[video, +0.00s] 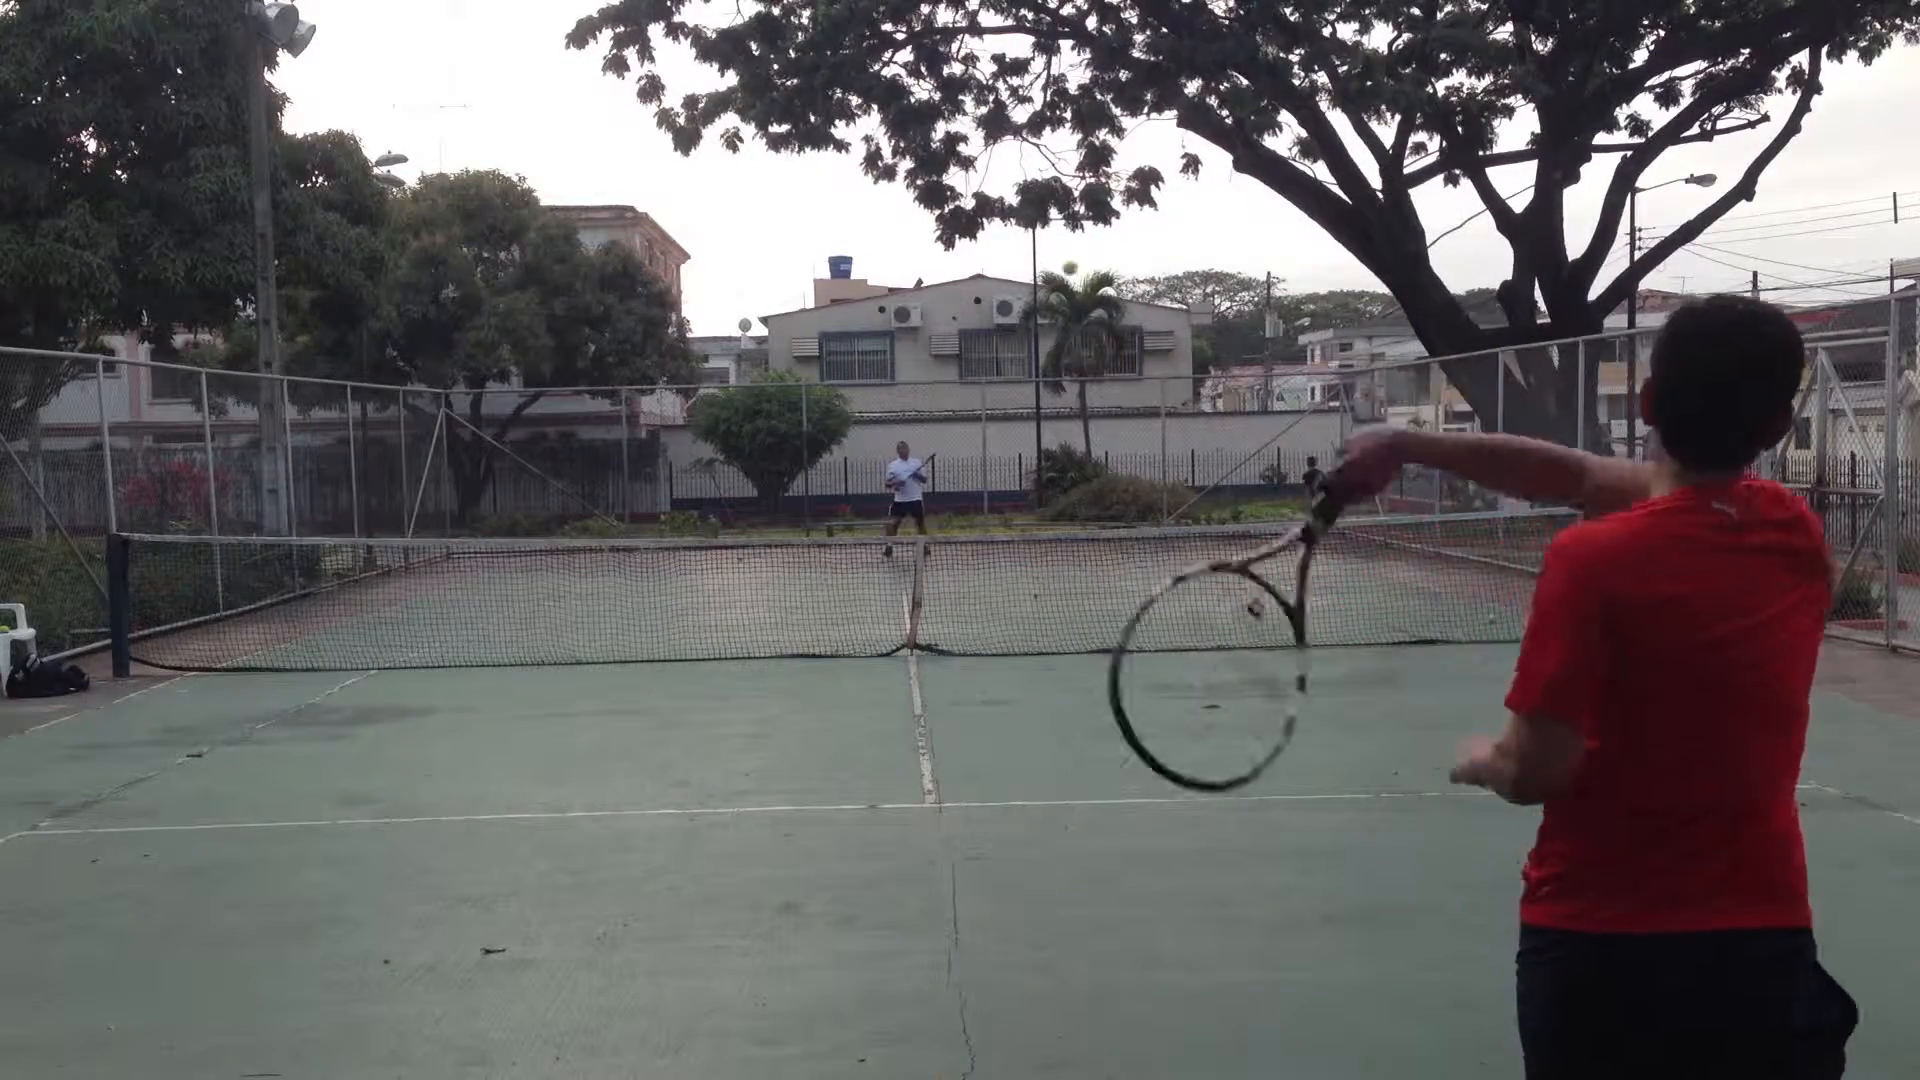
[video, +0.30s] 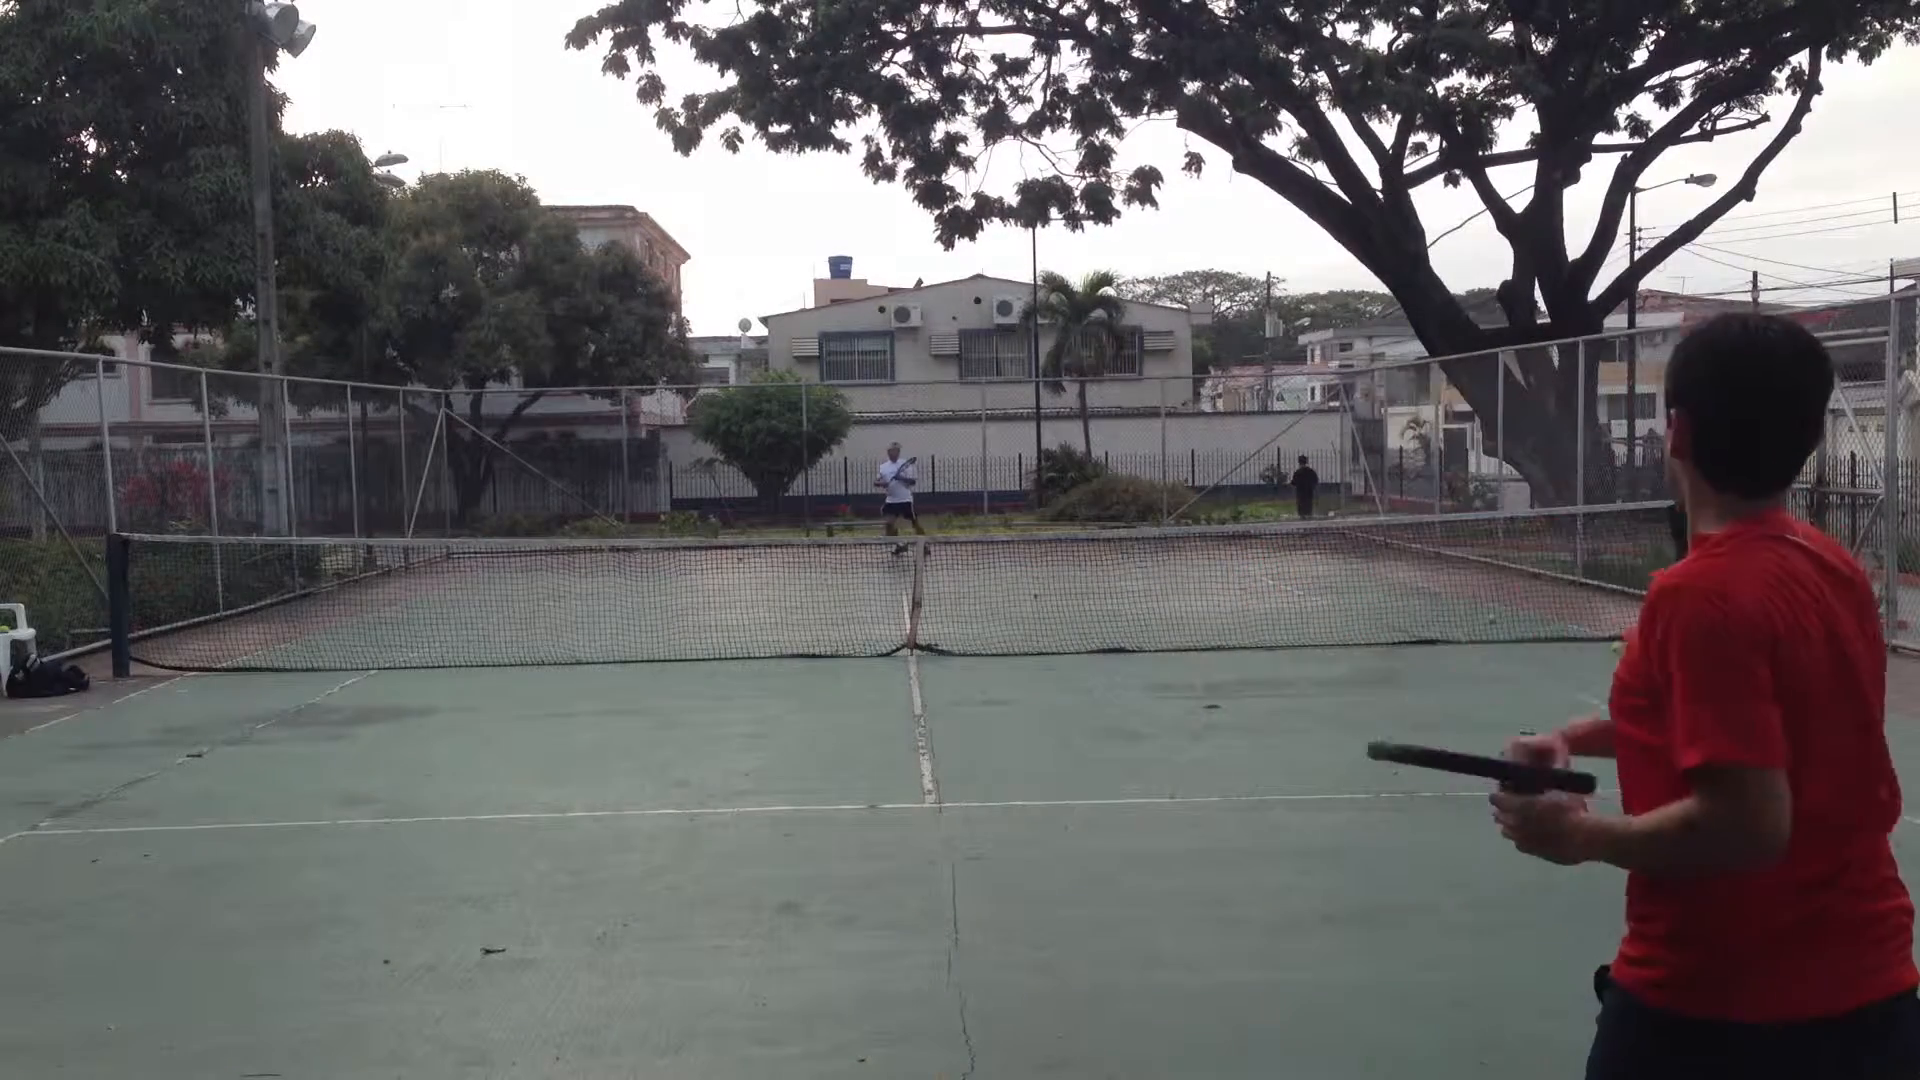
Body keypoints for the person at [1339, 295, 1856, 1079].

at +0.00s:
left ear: (1646, 400)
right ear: (1779, 424)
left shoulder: (1593, 557)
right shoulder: (1799, 539)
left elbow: (1538, 771)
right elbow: (1584, 474)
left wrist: (1482, 758)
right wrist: (1404, 443)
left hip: (1597, 947)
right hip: (1760, 940)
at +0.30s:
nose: (1663, 431)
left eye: (1665, 413)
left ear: (1677, 433)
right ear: (1808, 435)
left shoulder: (1703, 594)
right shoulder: (1840, 571)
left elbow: (1748, 823)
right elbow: (1749, 712)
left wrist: (1580, 834)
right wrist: (1580, 741)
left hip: (1712, 1011)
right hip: (1866, 997)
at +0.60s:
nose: (1602, 436)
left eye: (1602, 419)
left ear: (1613, 443)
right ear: (1740, 437)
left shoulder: (1596, 592)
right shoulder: (1829, 586)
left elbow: (1615, 816)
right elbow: (1866, 808)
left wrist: (1512, 846)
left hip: (1628, 1027)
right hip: (1815, 1023)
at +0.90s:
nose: (1362, 487)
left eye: (1364, 471)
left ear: (1373, 494)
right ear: (1501, 494)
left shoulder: (1311, 657)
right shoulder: (1580, 657)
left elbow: (1267, 896)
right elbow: (1668, 881)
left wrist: (1362, 858)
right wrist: (1534, 907)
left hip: (1370, 1056)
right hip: (1564, 1050)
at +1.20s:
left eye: (1164, 374)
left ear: (1170, 397)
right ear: (1296, 392)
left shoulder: (1097, 538)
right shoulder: (1376, 540)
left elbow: (1024, 750)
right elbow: (1449, 761)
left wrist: (1110, 775)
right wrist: (1326, 798)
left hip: (1154, 977)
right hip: (1334, 968)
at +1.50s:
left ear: (973, 508)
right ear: (1106, 505)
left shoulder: (904, 651)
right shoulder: (1176, 660)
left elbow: (847, 872)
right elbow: (1255, 880)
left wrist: (937, 904)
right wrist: (1138, 923)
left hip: (935, 1056)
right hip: (1131, 1055)